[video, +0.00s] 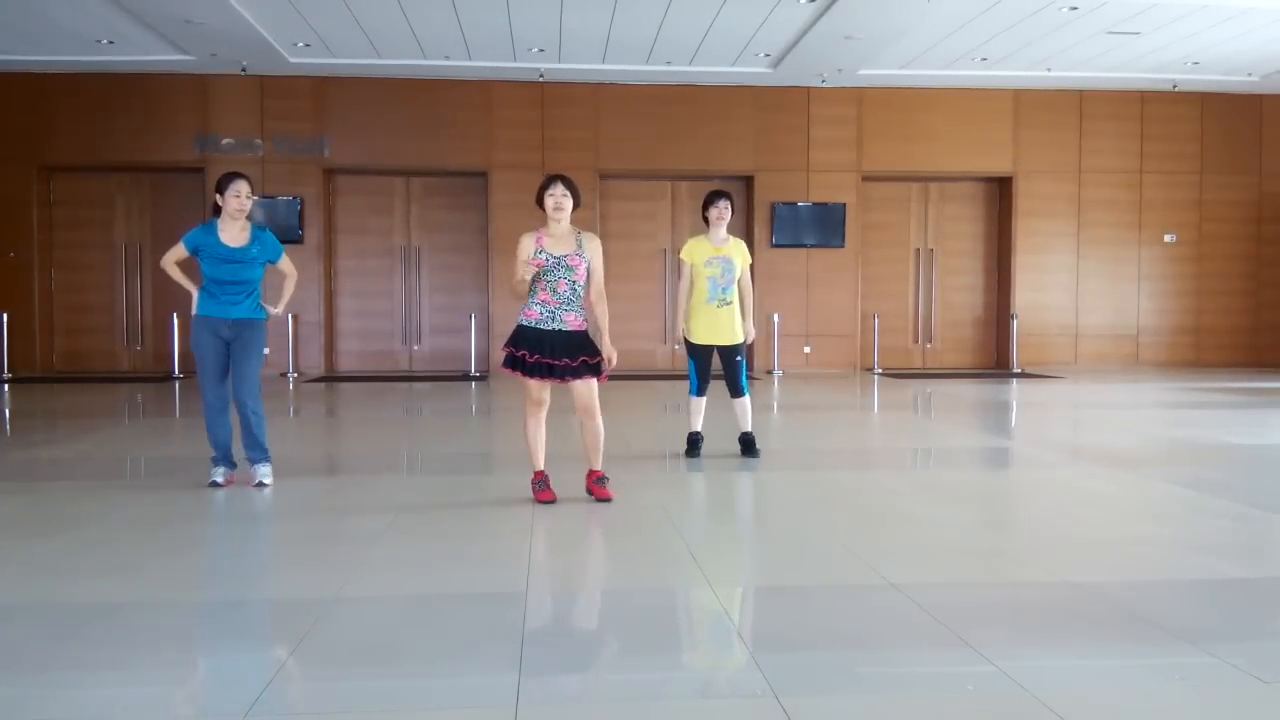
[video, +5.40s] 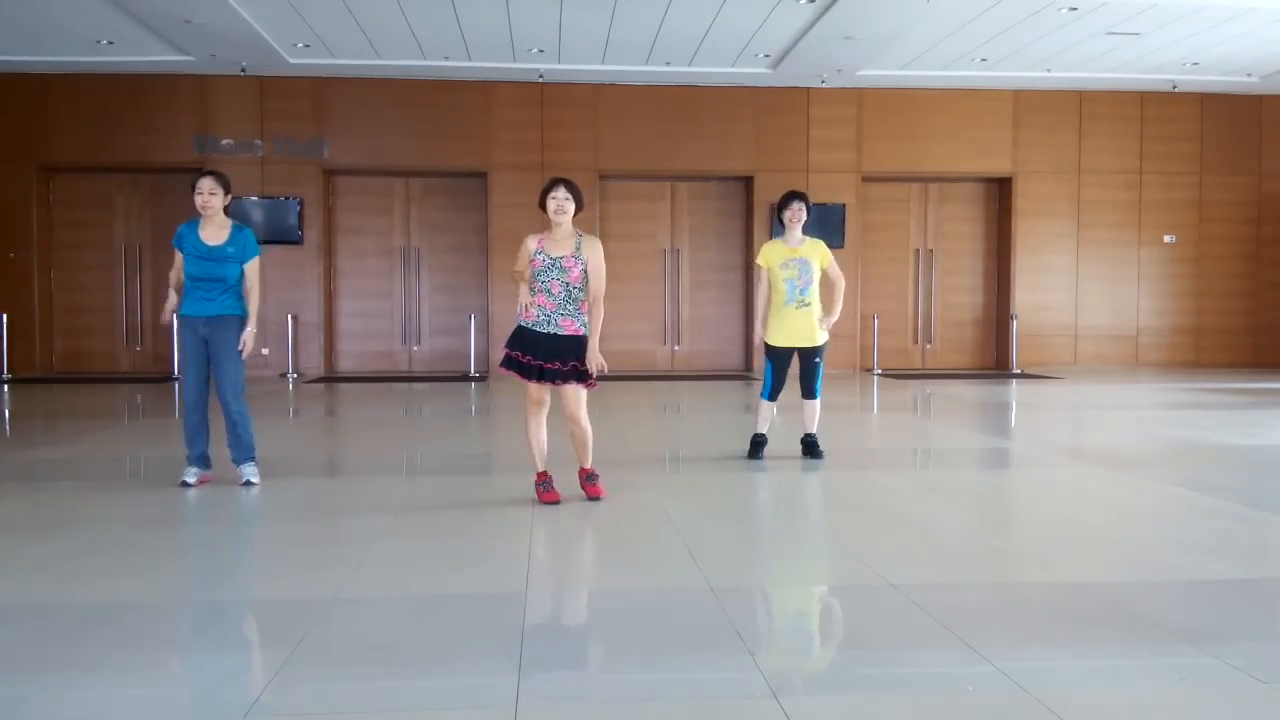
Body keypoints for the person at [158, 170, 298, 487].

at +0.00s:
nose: (243, 202)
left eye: (247, 197)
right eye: (236, 196)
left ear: (253, 201)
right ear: (220, 199)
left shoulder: (262, 237)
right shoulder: (203, 234)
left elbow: (291, 274)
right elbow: (166, 261)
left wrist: (280, 307)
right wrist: (193, 289)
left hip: (250, 324)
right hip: (208, 324)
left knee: (247, 396)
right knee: (214, 397)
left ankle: (260, 463)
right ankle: (222, 464)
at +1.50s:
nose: (250, 199)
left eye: (250, 193)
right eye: (244, 193)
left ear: (238, 196)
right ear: (224, 195)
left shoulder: (254, 233)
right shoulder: (197, 229)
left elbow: (280, 266)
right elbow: (156, 258)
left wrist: (301, 291)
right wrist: (187, 288)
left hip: (246, 321)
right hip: (205, 322)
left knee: (252, 395)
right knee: (211, 397)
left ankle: (266, 463)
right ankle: (216, 465)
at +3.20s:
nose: (231, 198)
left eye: (233, 193)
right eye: (224, 193)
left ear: (234, 197)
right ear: (205, 197)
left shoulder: (246, 232)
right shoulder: (185, 235)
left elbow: (265, 278)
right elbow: (159, 266)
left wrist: (274, 320)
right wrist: (185, 291)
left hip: (241, 322)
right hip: (202, 324)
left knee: (245, 398)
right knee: (196, 398)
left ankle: (249, 463)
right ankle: (184, 465)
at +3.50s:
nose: (217, 202)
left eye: (220, 196)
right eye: (210, 196)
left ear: (223, 199)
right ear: (191, 199)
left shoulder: (230, 237)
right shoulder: (170, 232)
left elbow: (236, 285)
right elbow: (139, 260)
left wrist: (228, 328)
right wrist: (161, 288)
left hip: (211, 323)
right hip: (172, 324)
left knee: (225, 397)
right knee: (177, 398)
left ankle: (245, 461)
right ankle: (182, 466)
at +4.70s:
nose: (213, 198)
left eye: (220, 192)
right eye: (208, 193)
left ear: (236, 196)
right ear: (203, 197)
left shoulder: (257, 235)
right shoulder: (196, 234)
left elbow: (270, 282)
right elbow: (184, 273)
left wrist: (275, 323)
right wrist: (174, 294)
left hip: (251, 323)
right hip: (210, 324)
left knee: (249, 399)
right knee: (202, 397)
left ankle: (249, 463)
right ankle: (195, 466)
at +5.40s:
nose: (204, 199)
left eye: (211, 193)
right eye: (199, 193)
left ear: (226, 198)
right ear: (193, 197)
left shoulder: (242, 236)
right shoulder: (185, 233)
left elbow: (252, 284)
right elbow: (177, 272)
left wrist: (251, 326)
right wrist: (173, 296)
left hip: (227, 322)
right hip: (190, 323)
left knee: (231, 396)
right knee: (192, 396)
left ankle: (246, 462)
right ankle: (198, 464)